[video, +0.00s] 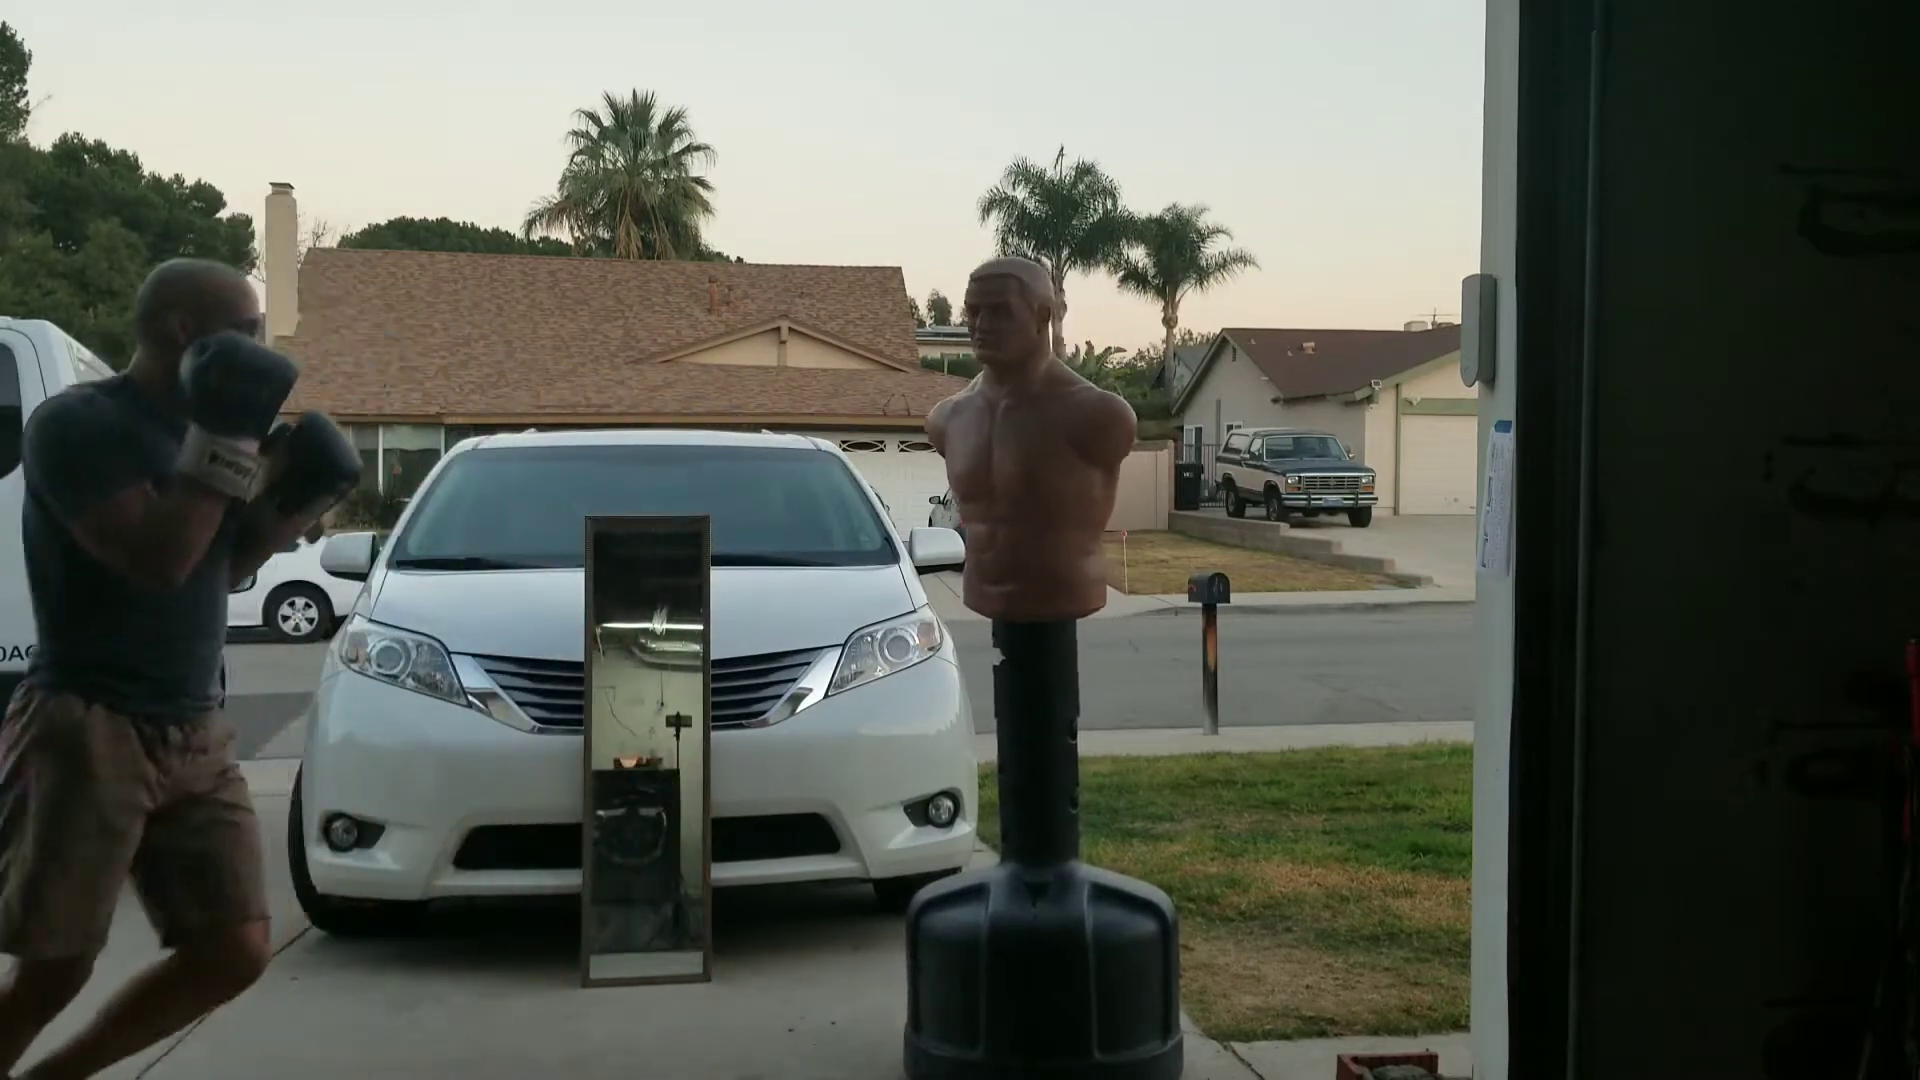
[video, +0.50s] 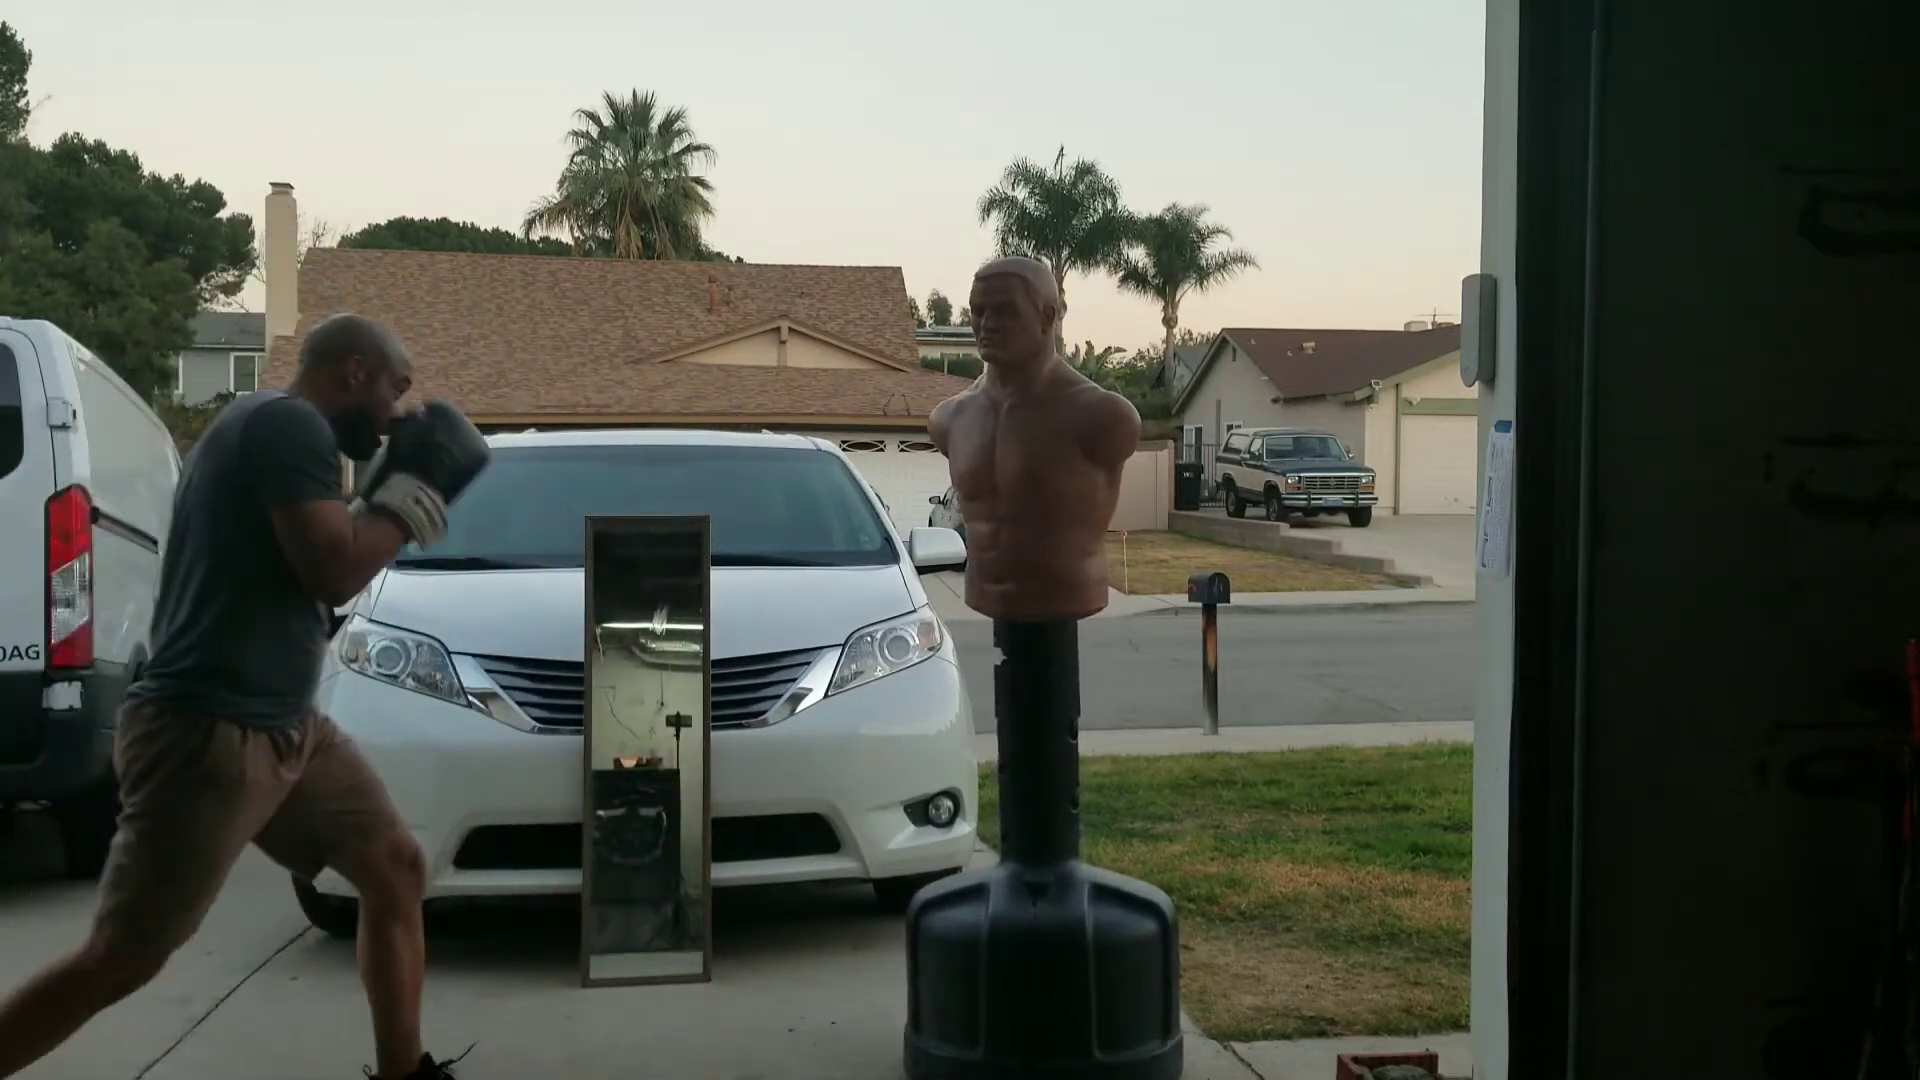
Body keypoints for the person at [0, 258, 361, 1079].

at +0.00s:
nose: (253, 358)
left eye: (258, 341)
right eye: (238, 338)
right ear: (177, 334)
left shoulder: (206, 437)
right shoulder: (73, 423)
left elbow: (217, 568)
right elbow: (161, 559)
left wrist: (290, 506)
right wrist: (229, 438)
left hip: (194, 735)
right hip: (82, 732)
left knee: (232, 953)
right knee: (54, 968)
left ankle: (52, 1072)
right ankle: (4, 1068)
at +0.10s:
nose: (260, 349)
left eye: (263, 331)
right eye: (249, 330)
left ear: (194, 328)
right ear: (186, 325)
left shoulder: (207, 424)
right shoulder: (76, 412)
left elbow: (217, 540)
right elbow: (145, 555)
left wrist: (285, 515)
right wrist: (234, 450)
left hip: (194, 717)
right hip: (82, 721)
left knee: (250, 925)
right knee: (55, 953)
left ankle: (73, 1062)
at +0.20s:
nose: (292, 321)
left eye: (297, 306)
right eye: (284, 303)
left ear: (237, 292)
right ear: (229, 288)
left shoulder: (231, 383)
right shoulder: (127, 361)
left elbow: (250, 512)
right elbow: (180, 512)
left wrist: (327, 427)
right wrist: (279, 416)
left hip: (207, 673)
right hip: (105, 675)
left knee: (286, 867)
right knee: (55, 912)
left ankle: (178, 1067)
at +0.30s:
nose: (309, 351)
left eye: (316, 336)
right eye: (309, 332)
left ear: (269, 312)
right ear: (271, 312)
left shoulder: (232, 392)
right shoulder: (179, 368)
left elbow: (310, 520)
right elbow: (278, 508)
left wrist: (350, 411)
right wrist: (335, 395)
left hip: (215, 685)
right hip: (126, 685)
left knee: (310, 851)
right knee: (62, 921)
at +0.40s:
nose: (358, 407)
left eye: (364, 393)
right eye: (358, 389)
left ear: (297, 366)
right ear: (322, 374)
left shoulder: (266, 432)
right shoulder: (235, 410)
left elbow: (305, 567)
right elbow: (319, 554)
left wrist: (379, 455)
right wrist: (386, 441)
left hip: (248, 727)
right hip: (161, 726)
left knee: (353, 876)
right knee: (67, 954)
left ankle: (397, 1068)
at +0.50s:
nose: (402, 410)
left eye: (406, 393)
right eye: (397, 388)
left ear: (340, 373)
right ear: (353, 373)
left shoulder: (286, 434)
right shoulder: (284, 424)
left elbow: (325, 574)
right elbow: (337, 571)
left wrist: (394, 482)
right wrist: (418, 480)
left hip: (284, 726)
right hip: (204, 730)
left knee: (395, 867)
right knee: (118, 959)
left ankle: (403, 1068)